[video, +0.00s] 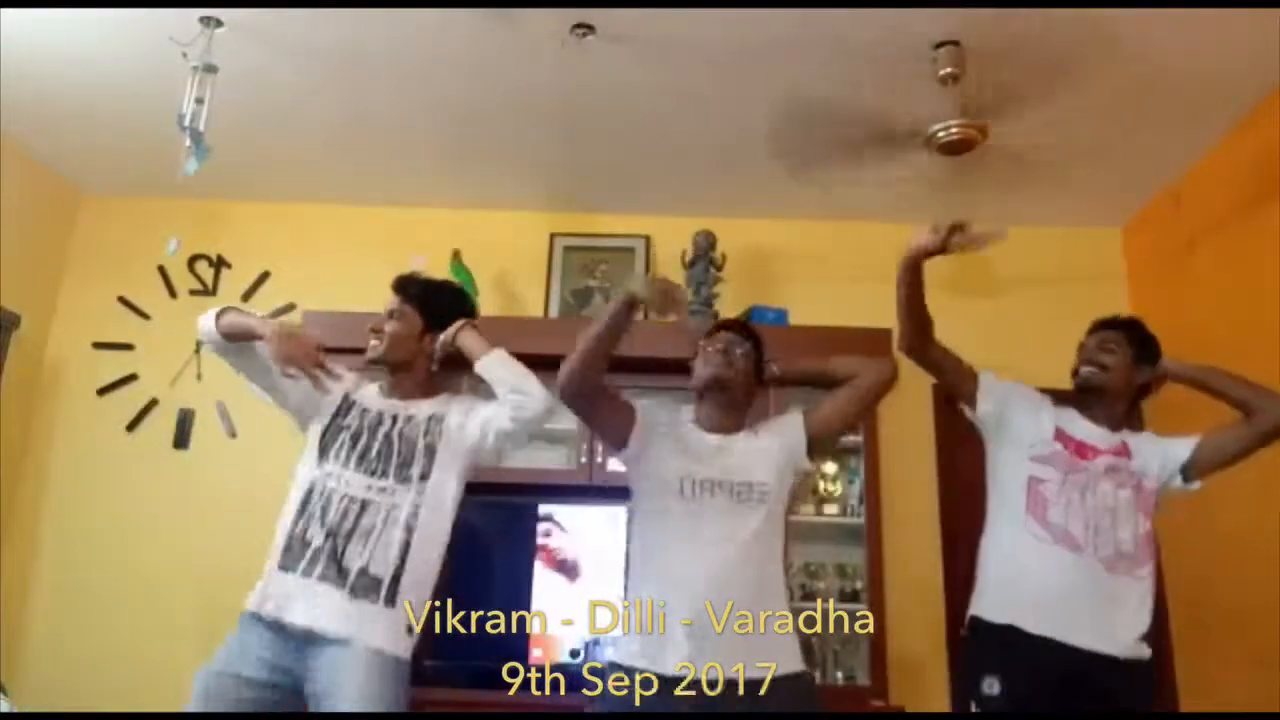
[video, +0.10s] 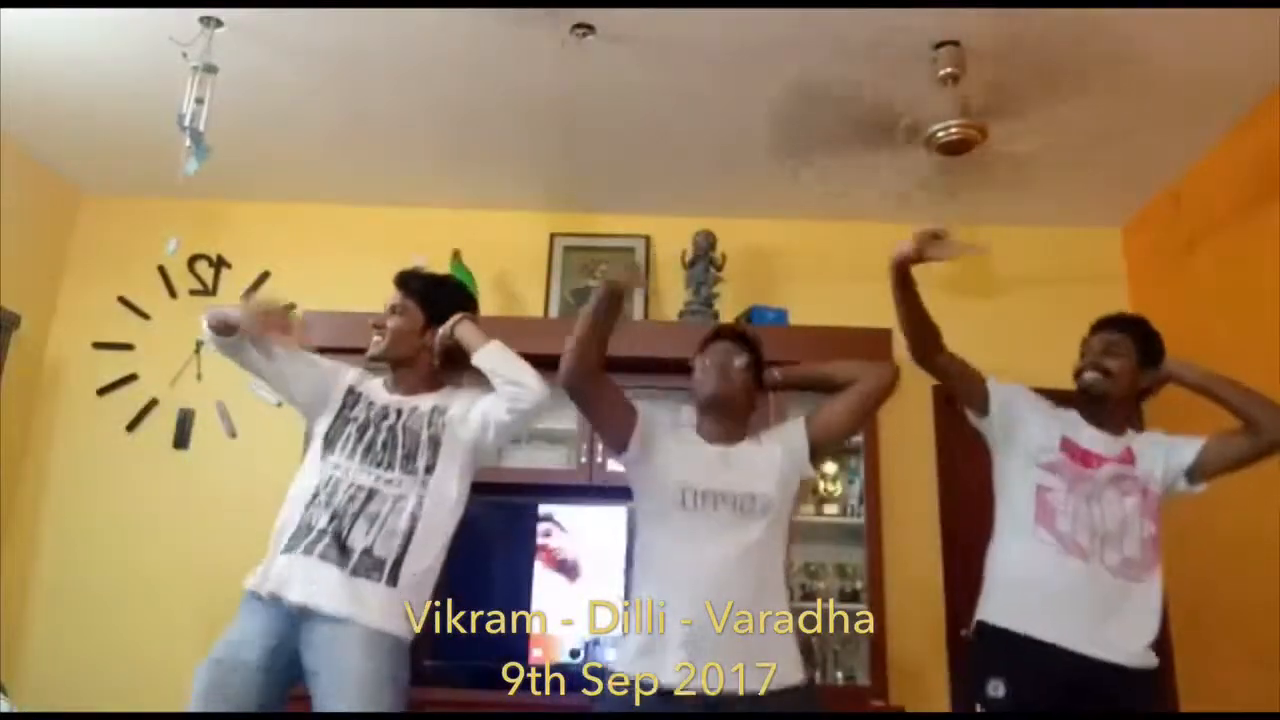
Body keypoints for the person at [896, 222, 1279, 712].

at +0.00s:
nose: (1091, 357)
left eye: (1109, 351)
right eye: (1085, 350)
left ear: (1143, 379)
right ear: (1073, 366)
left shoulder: (1154, 456)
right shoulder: (1017, 409)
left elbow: (1269, 416)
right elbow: (918, 346)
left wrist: (1172, 371)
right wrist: (911, 264)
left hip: (1112, 663)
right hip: (1010, 647)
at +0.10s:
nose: (1092, 362)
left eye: (1112, 353)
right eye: (1086, 352)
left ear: (1145, 380)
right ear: (1075, 368)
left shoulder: (1159, 456)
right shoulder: (1022, 415)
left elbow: (1268, 433)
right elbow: (931, 356)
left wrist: (1178, 372)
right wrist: (900, 272)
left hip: (1119, 670)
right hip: (1016, 653)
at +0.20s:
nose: (1095, 376)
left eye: (1115, 369)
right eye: (1089, 366)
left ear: (1148, 393)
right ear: (1078, 379)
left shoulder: (1165, 468)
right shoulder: (1027, 429)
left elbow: (1271, 451)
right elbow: (932, 372)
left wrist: (1180, 385)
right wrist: (906, 281)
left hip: (1127, 686)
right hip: (1024, 667)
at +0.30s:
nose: (1098, 382)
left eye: (1117, 377)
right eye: (1093, 376)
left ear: (1149, 409)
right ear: (1079, 395)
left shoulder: (1168, 483)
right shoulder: (1027, 449)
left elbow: (1275, 456)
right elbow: (931, 382)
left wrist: (1176, 399)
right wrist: (919, 288)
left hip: (1133, 700)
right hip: (1025, 688)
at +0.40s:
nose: (1095, 382)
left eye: (1114, 376)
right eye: (1090, 377)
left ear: (1148, 406)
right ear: (1078, 395)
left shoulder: (1167, 480)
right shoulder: (1028, 446)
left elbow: (1274, 443)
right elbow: (930, 374)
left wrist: (1185, 397)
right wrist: (909, 272)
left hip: (1133, 698)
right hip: (1025, 686)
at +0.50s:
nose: (1095, 371)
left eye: (1114, 364)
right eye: (1090, 365)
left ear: (1150, 390)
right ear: (1081, 381)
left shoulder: (1167, 470)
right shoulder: (1028, 428)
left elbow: (1273, 433)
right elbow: (928, 360)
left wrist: (1189, 384)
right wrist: (892, 274)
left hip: (1136, 689)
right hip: (1029, 673)